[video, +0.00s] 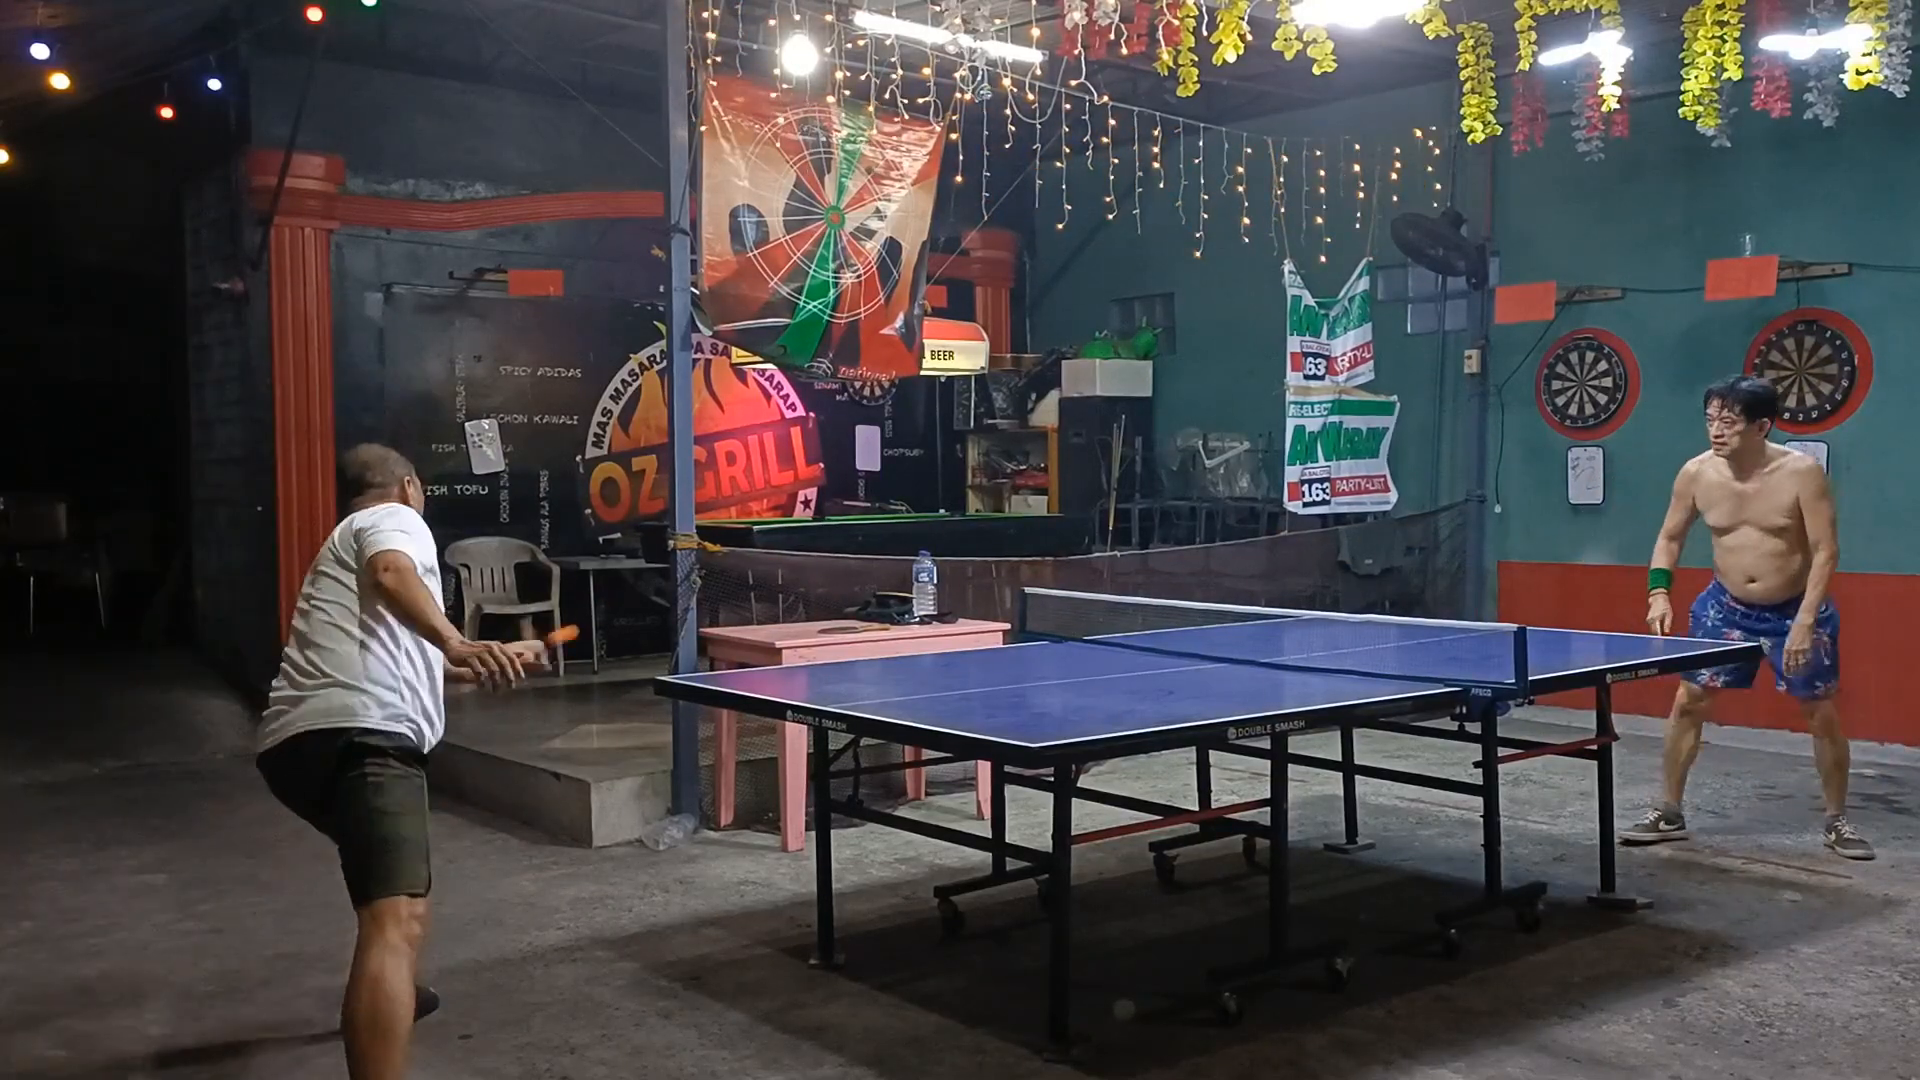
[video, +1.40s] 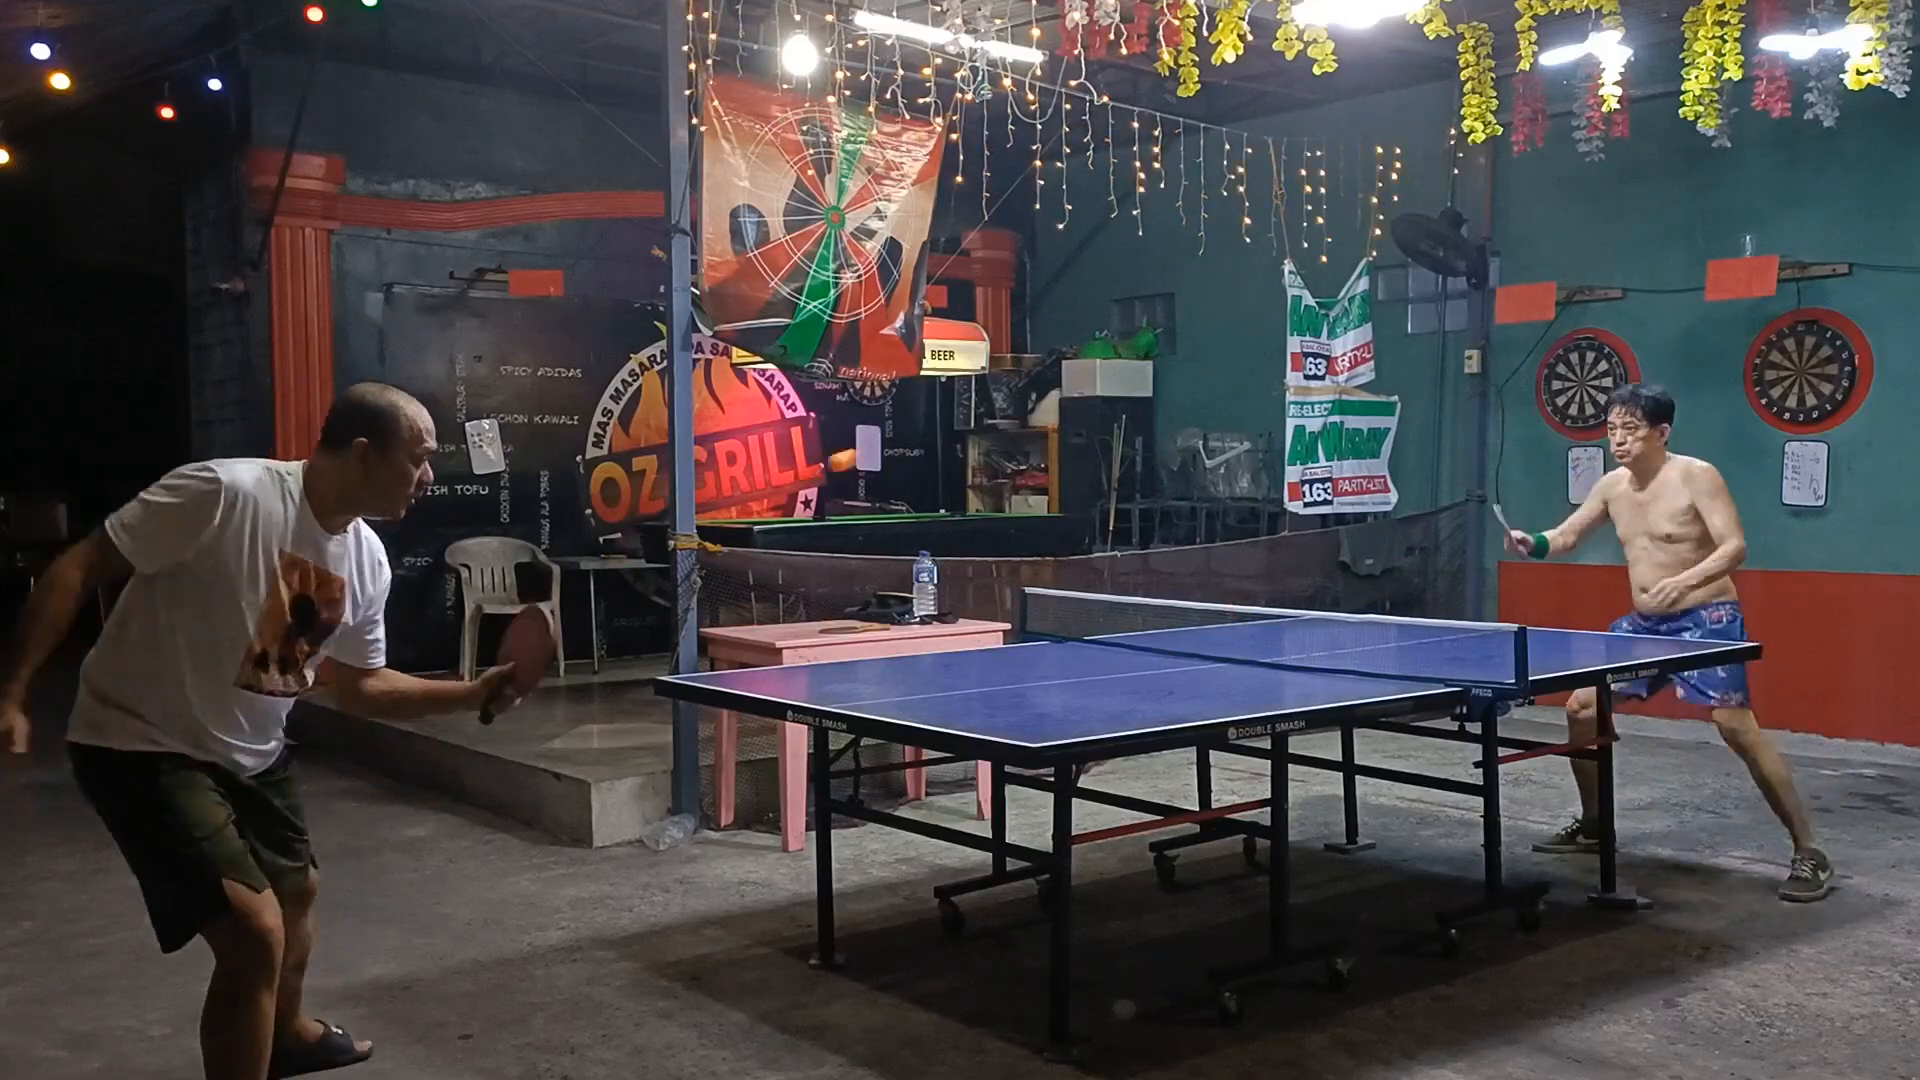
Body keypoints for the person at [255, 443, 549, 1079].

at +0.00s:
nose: (424, 501)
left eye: (420, 492)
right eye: (422, 491)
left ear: (355, 498)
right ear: (409, 487)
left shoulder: (339, 551)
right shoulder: (392, 516)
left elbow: (407, 658)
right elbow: (388, 573)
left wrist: (502, 657)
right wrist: (455, 642)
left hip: (292, 742)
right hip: (363, 733)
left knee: (394, 868)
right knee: (394, 924)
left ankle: (385, 990)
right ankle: (377, 1069)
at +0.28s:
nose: (428, 448)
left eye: (427, 436)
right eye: (425, 436)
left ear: (361, 436)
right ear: (397, 432)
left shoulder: (324, 492)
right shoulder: (394, 462)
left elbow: (336, 621)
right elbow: (390, 539)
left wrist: (408, 713)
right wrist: (454, 646)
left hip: (262, 665)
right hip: (322, 664)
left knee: (348, 829)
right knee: (400, 858)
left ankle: (333, 991)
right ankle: (333, 1061)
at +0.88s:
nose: (408, 384)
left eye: (404, 370)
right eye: (397, 370)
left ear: (345, 380)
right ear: (354, 379)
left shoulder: (323, 447)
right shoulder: (319, 445)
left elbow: (301, 588)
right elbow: (296, 580)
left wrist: (362, 703)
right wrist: (375, 689)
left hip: (293, 694)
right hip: (269, 697)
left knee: (361, 853)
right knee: (334, 897)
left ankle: (295, 1029)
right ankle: (269, 1064)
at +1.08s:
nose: (416, 451)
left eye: (415, 436)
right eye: (404, 436)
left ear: (353, 444)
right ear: (348, 442)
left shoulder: (364, 533)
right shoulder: (266, 518)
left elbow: (355, 651)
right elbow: (233, 663)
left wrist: (397, 723)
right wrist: (317, 779)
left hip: (290, 745)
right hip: (208, 747)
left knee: (371, 871)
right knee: (321, 919)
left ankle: (293, 1034)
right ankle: (257, 1069)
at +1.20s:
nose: (430, 476)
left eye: (430, 461)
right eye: (417, 461)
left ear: (373, 465)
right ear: (359, 460)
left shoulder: (379, 548)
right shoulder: (242, 520)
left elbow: (369, 671)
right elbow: (168, 647)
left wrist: (435, 683)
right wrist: (229, 766)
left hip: (285, 753)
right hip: (181, 752)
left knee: (355, 885)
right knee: (285, 916)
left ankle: (285, 1035)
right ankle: (248, 1070)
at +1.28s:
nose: (432, 489)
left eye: (434, 473)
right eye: (422, 472)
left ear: (369, 465)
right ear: (364, 463)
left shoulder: (379, 556)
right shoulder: (232, 508)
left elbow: (387, 684)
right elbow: (118, 603)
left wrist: (488, 684)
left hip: (276, 753)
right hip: (176, 750)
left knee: (324, 893)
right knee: (260, 922)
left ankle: (281, 1035)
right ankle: (241, 1069)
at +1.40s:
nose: (428, 480)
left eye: (430, 463)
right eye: (419, 460)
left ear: (368, 455)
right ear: (361, 450)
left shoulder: (366, 557)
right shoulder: (225, 493)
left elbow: (356, 684)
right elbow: (78, 566)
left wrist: (475, 693)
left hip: (249, 746)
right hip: (140, 740)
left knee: (296, 890)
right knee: (252, 932)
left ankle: (285, 1033)